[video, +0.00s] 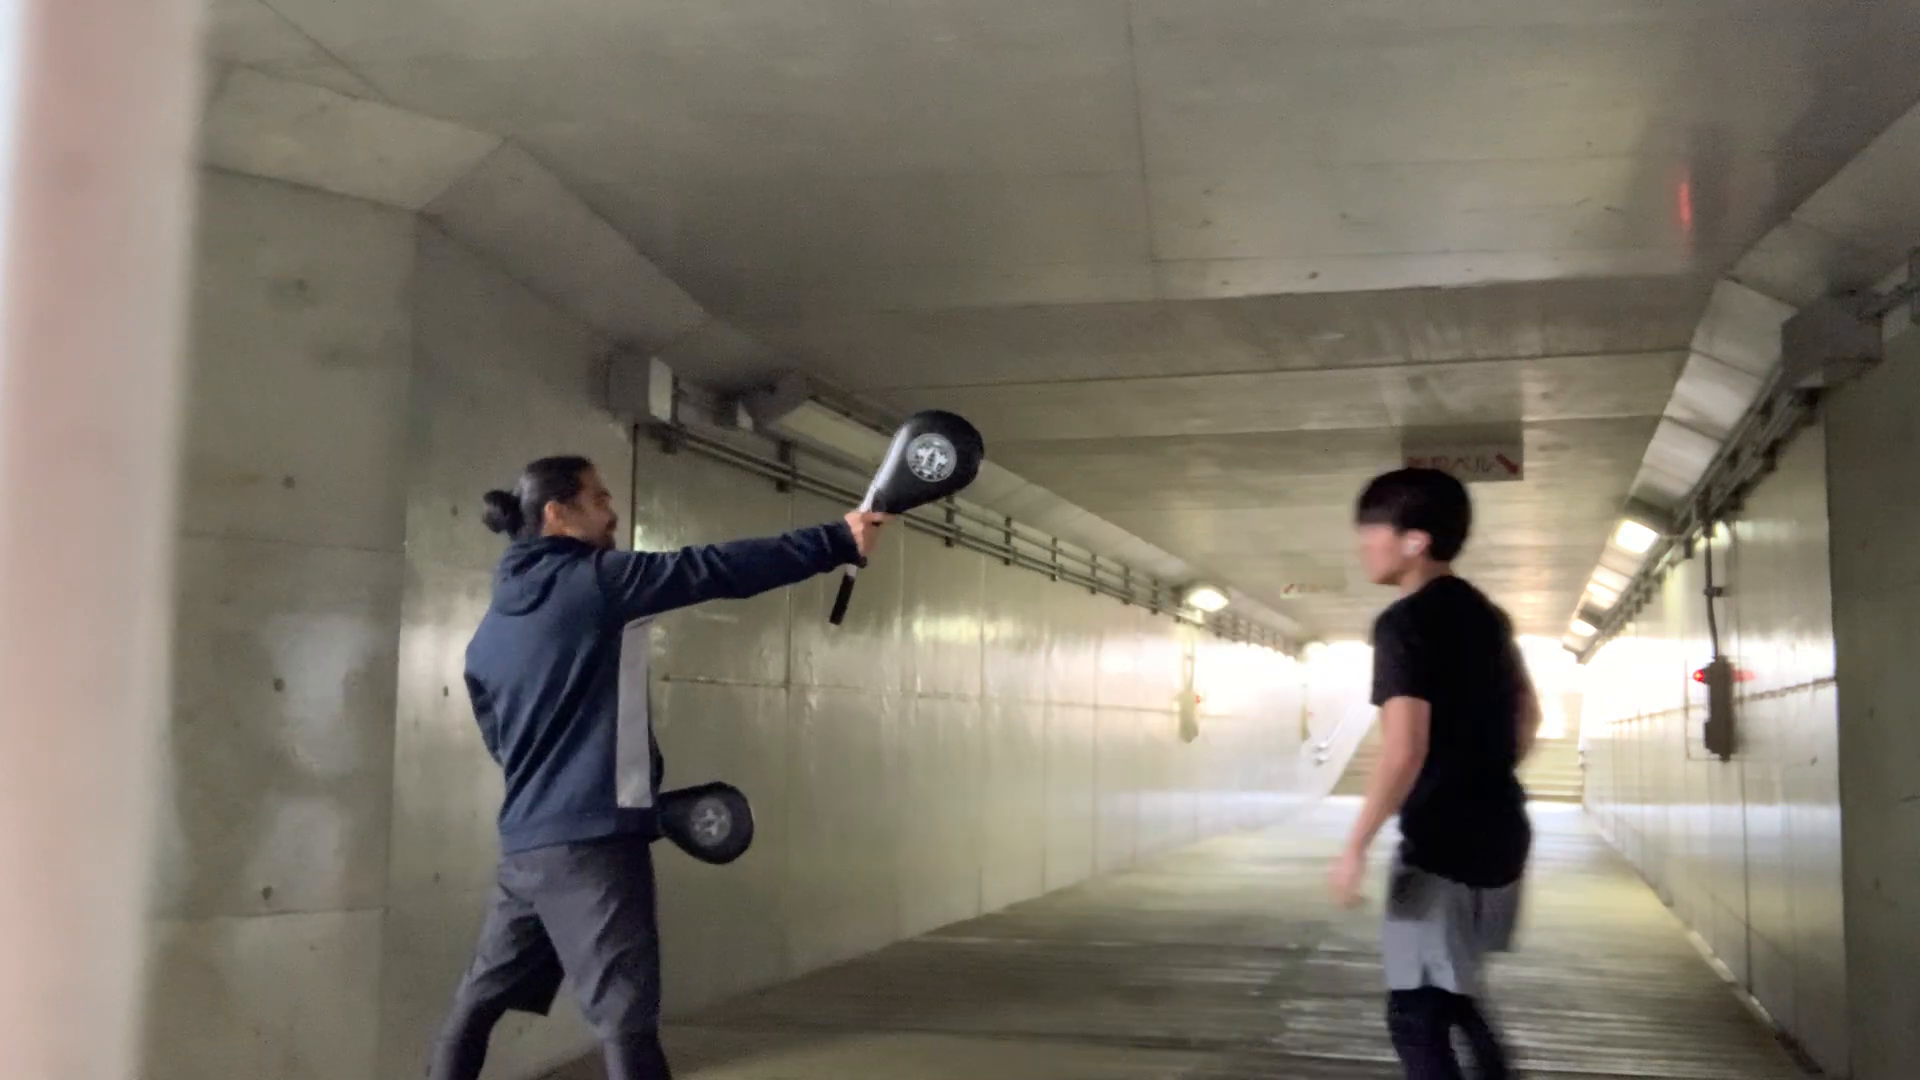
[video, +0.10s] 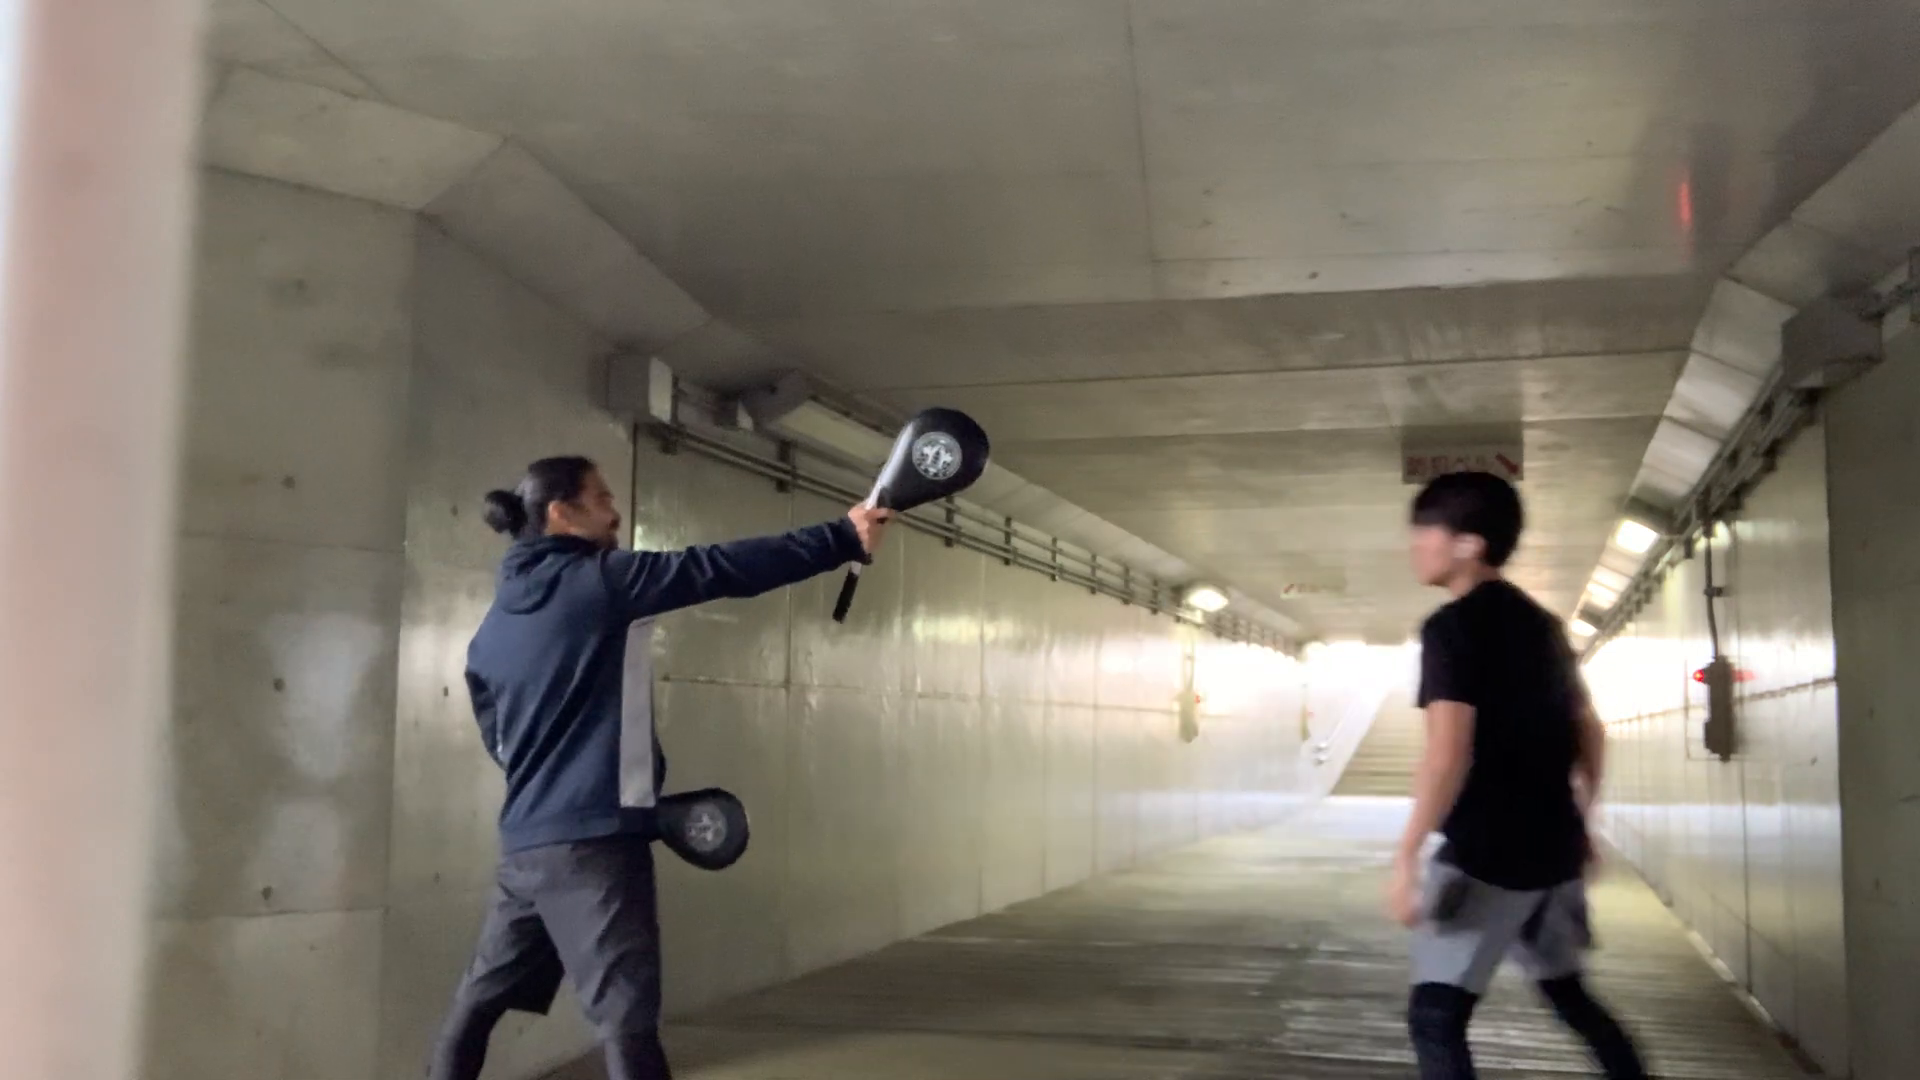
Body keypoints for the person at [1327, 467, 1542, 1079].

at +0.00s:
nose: (1361, 541)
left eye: (1372, 527)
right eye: (1363, 527)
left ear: (1415, 542)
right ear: (1421, 543)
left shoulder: (1405, 621)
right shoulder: (1485, 614)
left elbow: (1405, 749)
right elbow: (1525, 718)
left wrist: (1356, 846)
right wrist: (1480, 772)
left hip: (1441, 844)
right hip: (1500, 836)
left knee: (1415, 1017)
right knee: (1458, 996)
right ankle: (1499, 1070)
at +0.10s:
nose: (1413, 544)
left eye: (1424, 530)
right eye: (1415, 530)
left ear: (1469, 544)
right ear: (1478, 547)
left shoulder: (1452, 627)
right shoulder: (1540, 623)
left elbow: (1448, 755)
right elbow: (1589, 734)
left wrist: (1407, 856)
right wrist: (1580, 819)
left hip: (1486, 855)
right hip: (1555, 848)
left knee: (1435, 1019)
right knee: (1569, 994)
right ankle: (1632, 1070)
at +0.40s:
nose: (1583, 577)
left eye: (1598, 566)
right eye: (1588, 564)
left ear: (1646, 583)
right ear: (1649, 587)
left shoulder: (1606, 650)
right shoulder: (1702, 670)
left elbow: (1613, 771)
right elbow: (1709, 788)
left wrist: (1582, 879)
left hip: (1640, 895)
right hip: (1721, 896)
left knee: (1555, 1043)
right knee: (1740, 1053)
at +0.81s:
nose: (1584, 576)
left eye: (1596, 560)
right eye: (1587, 560)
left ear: (1644, 572)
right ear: (1649, 575)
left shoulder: (1609, 642)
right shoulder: (1721, 658)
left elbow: (1597, 752)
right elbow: (1776, 771)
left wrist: (1565, 834)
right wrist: (1735, 839)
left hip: (1650, 875)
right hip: (1736, 879)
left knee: (1577, 1041)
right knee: (1743, 1044)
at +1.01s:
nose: (1583, 533)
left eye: (1595, 519)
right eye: (1586, 518)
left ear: (1641, 534)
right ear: (1650, 538)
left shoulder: (1601, 604)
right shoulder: (1718, 615)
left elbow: (1607, 705)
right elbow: (1780, 722)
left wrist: (1575, 785)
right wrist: (1735, 796)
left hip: (1644, 840)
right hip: (1732, 836)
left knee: (1591, 1018)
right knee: (1771, 1017)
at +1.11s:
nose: (1597, 527)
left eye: (1611, 515)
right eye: (1600, 513)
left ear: (1659, 536)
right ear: (1664, 540)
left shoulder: (1615, 602)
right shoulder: (1732, 614)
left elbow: (1611, 706)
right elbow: (1803, 713)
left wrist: (1578, 779)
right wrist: (1748, 783)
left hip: (1653, 840)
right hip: (1743, 836)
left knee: (1588, 1019)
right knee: (1791, 1022)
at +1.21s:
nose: (1617, 563)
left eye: (1633, 553)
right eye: (1624, 550)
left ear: (1674, 577)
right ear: (1680, 580)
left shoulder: (1628, 648)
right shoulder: (1745, 662)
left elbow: (1609, 754)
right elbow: (1812, 764)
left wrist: (1574, 827)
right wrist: (1756, 828)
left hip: (1659, 883)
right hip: (1754, 880)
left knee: (1583, 1053)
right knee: (1799, 1050)